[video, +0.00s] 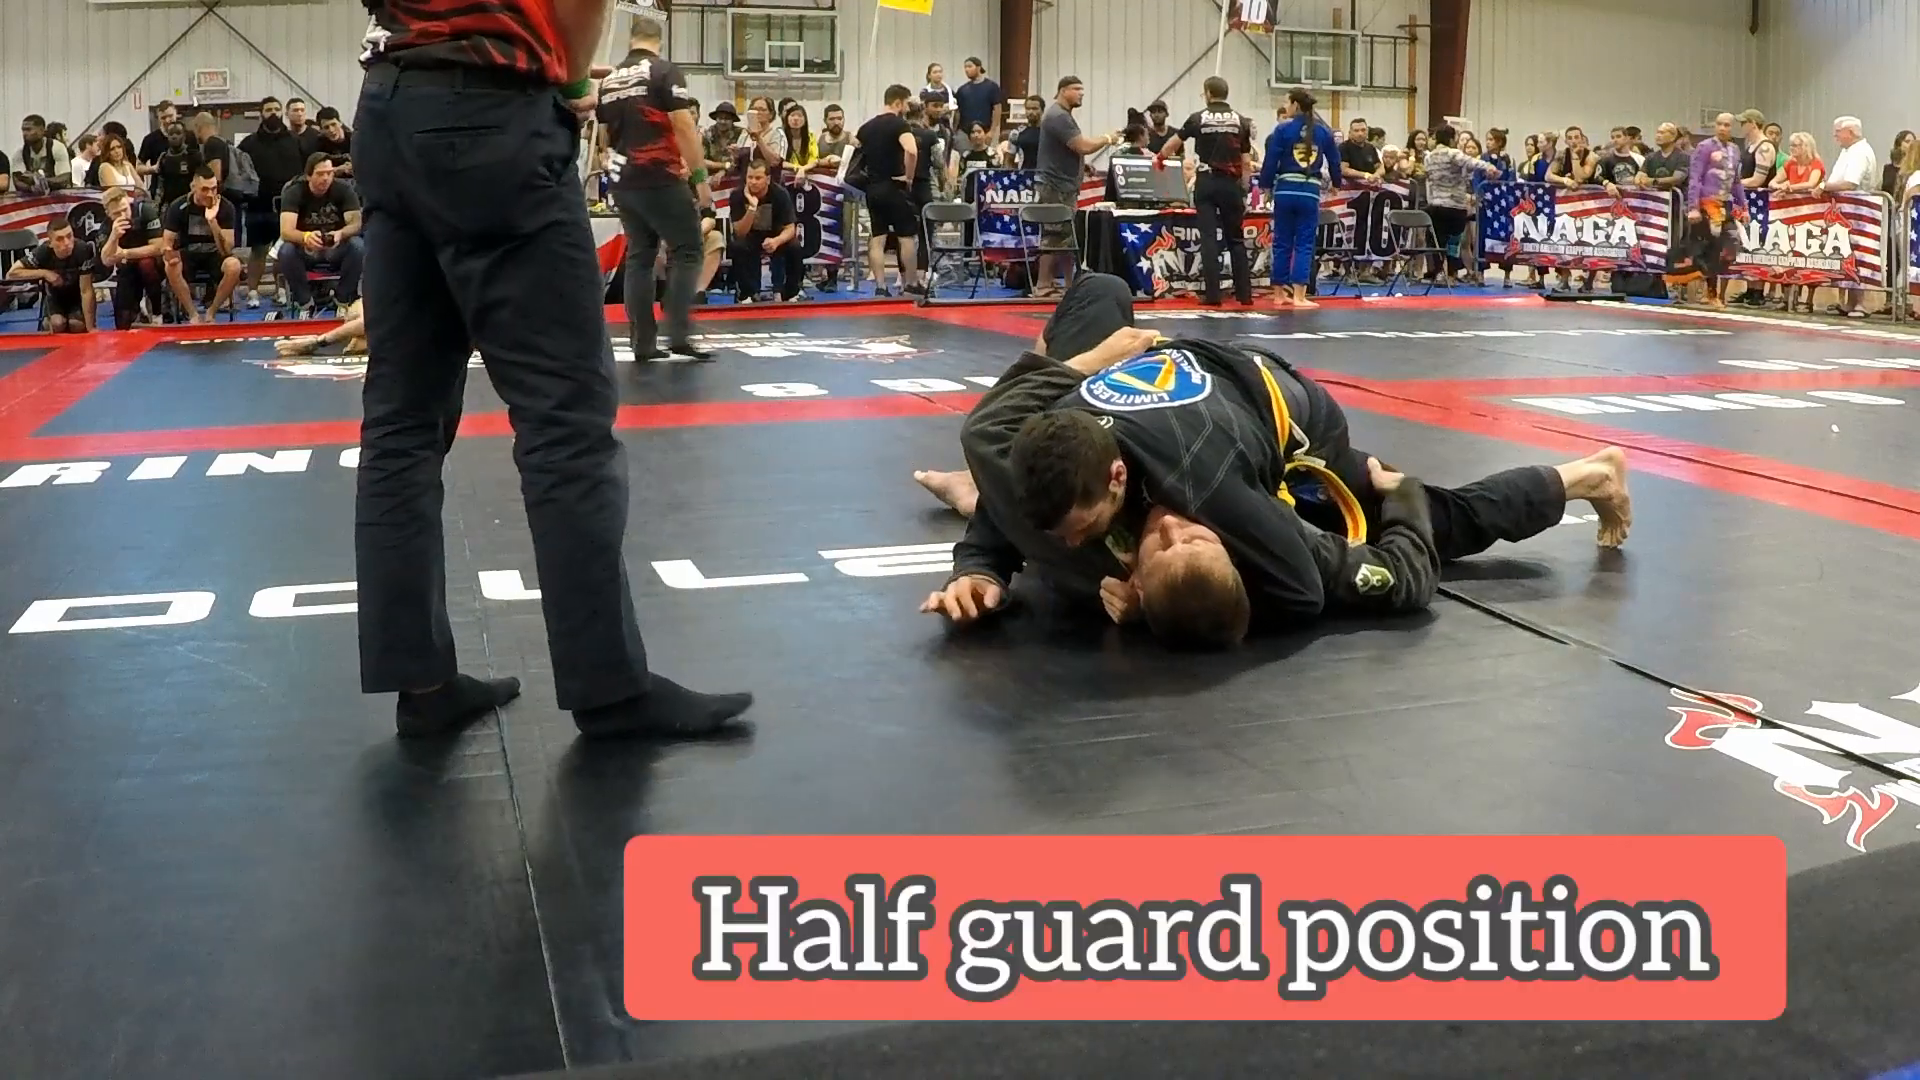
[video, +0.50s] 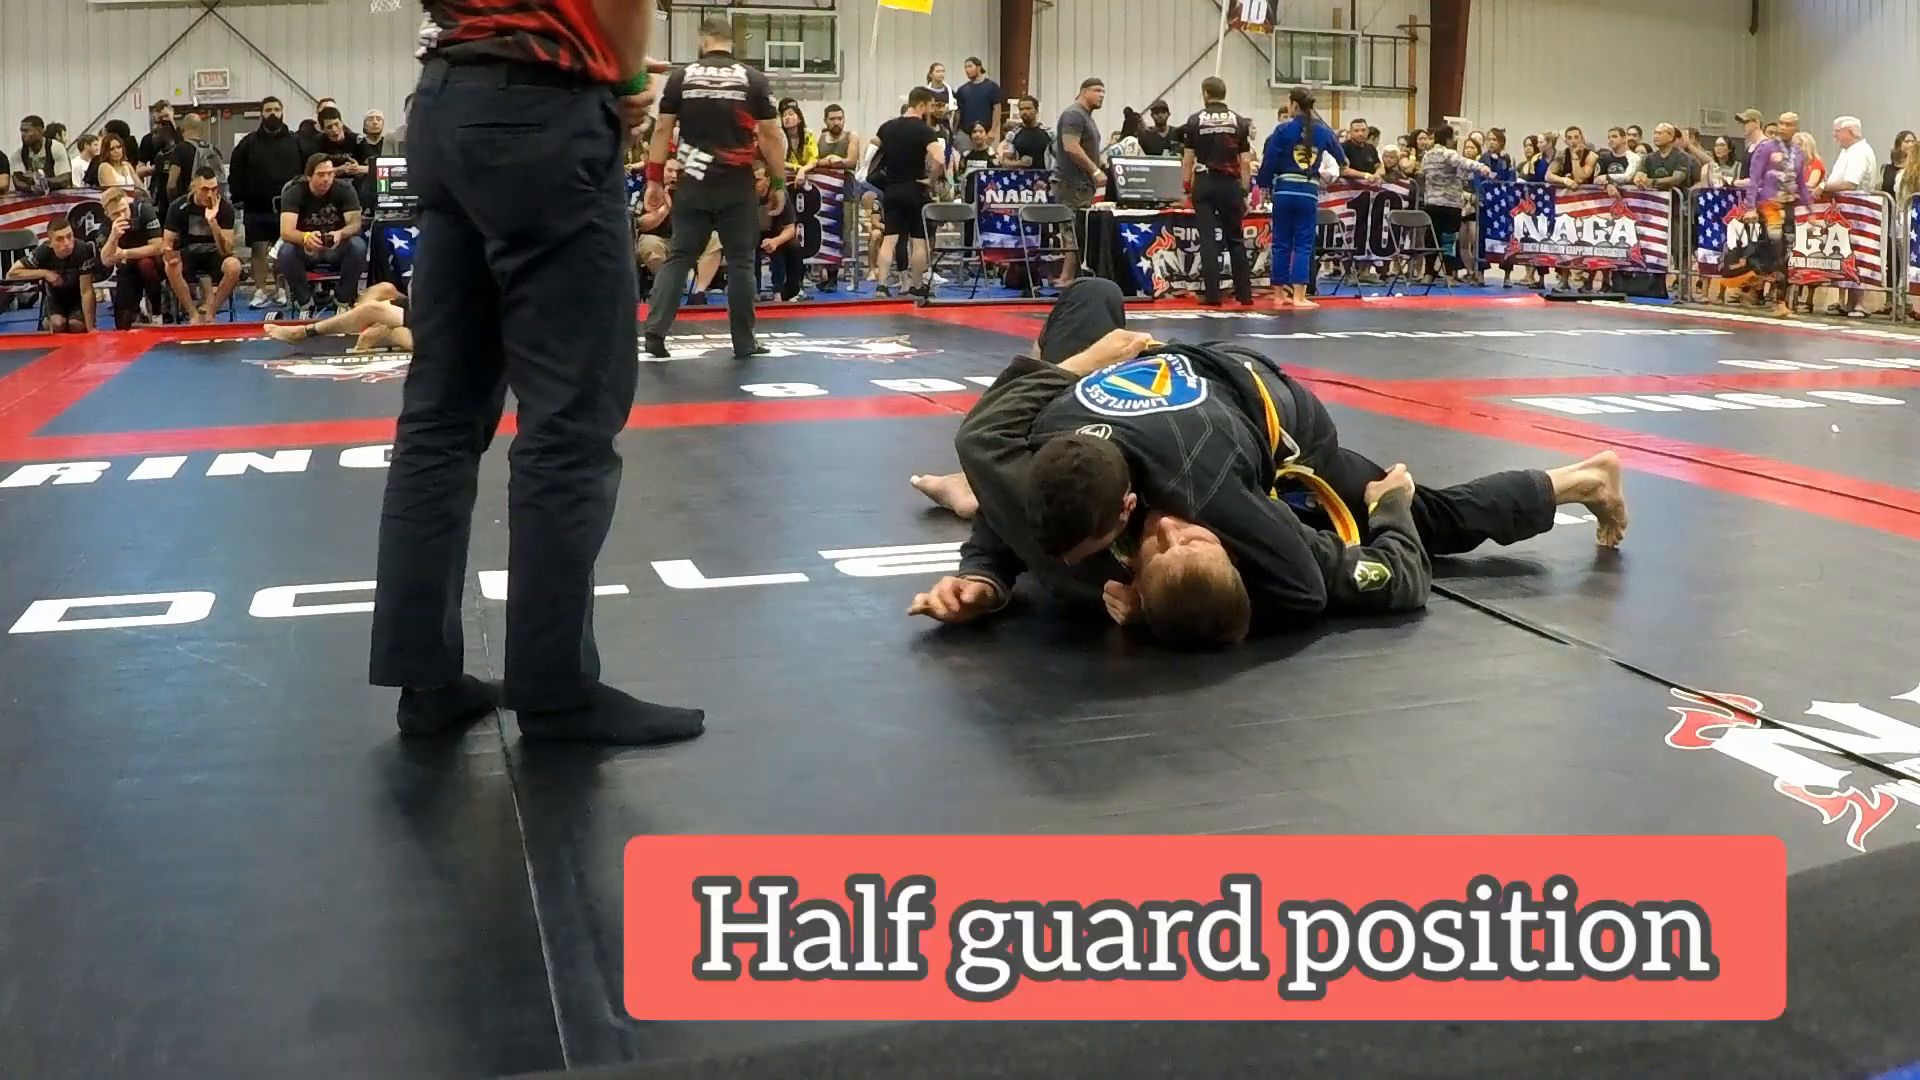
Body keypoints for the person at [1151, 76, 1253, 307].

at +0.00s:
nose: (1203, 95)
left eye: (1204, 92)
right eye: (1205, 92)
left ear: (1207, 94)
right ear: (1227, 94)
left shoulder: (1197, 119)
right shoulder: (1241, 121)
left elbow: (1170, 146)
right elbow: (1245, 159)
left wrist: (1160, 158)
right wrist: (1243, 185)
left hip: (1205, 181)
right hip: (1231, 183)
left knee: (1208, 238)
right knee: (1235, 239)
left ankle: (1212, 295)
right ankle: (1244, 295)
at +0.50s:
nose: (1202, 96)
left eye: (1202, 93)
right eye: (1205, 93)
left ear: (1205, 95)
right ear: (1224, 94)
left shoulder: (1195, 121)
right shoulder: (1240, 122)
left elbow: (1188, 158)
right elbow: (1245, 160)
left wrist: (1186, 183)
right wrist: (1244, 190)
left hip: (1203, 180)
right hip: (1230, 181)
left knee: (1207, 238)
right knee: (1236, 238)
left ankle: (1212, 294)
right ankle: (1244, 294)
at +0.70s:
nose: (1199, 97)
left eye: (1200, 93)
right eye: (1201, 93)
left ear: (1203, 95)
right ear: (1222, 94)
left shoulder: (1195, 121)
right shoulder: (1239, 121)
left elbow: (1186, 159)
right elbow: (1246, 159)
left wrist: (1181, 187)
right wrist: (1244, 189)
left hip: (1204, 180)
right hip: (1230, 181)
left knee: (1208, 238)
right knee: (1236, 238)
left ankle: (1212, 294)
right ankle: (1244, 294)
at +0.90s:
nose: (1200, 96)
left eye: (1200, 93)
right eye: (1202, 92)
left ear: (1203, 95)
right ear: (1222, 93)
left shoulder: (1195, 121)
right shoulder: (1239, 120)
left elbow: (1183, 159)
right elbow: (1246, 158)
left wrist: (1176, 192)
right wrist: (1246, 188)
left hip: (1203, 181)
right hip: (1230, 182)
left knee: (1207, 239)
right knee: (1235, 238)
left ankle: (1212, 295)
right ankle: (1244, 294)